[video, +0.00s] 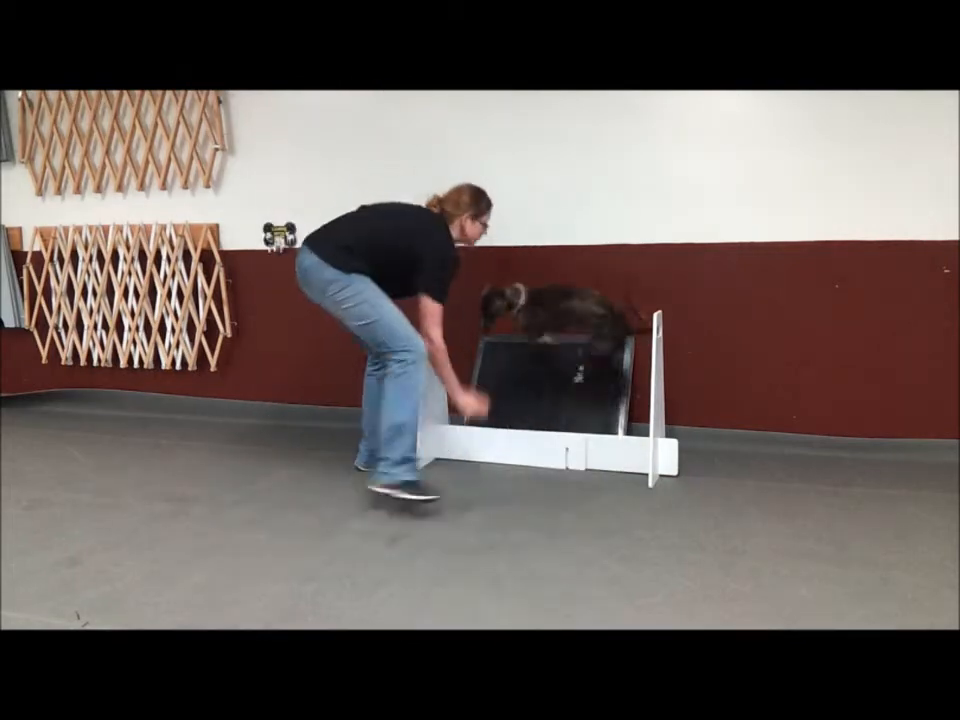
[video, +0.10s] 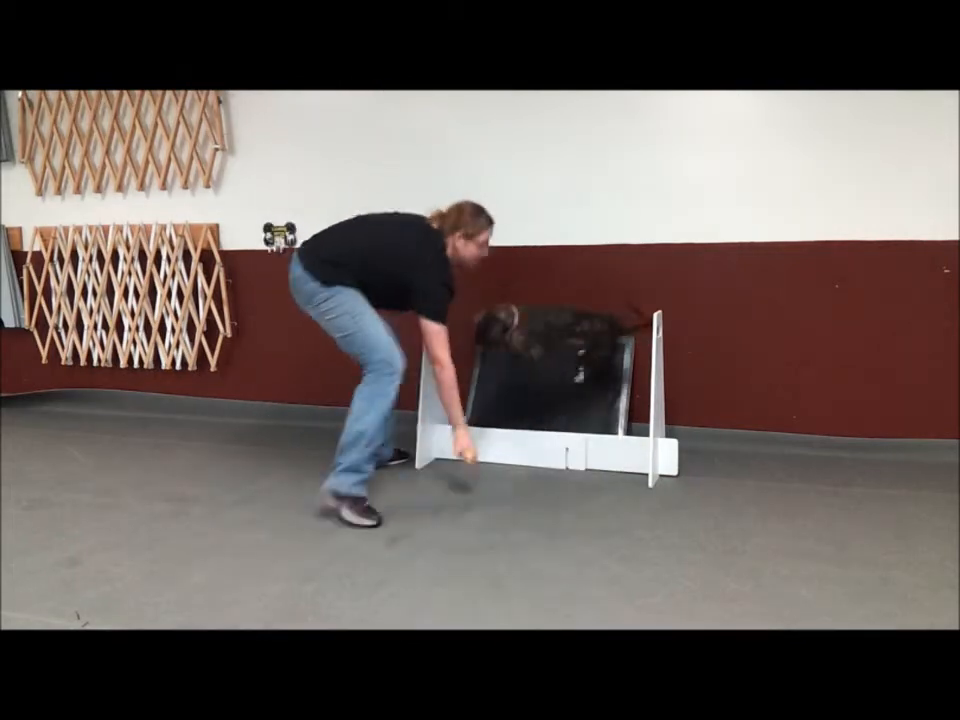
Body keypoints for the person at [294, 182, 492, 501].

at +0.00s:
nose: (483, 233)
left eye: (485, 226)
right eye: (482, 224)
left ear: (453, 212)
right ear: (465, 219)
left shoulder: (422, 224)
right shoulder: (438, 247)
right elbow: (431, 336)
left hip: (317, 262)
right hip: (334, 269)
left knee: (383, 356)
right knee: (407, 352)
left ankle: (373, 455)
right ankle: (394, 474)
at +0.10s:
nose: (485, 253)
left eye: (487, 245)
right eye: (482, 245)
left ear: (455, 236)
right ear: (458, 239)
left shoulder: (424, 237)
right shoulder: (432, 270)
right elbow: (440, 361)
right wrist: (459, 428)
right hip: (321, 279)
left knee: (389, 360)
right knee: (386, 365)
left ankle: (377, 449)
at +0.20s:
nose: (474, 275)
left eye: (478, 267)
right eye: (470, 266)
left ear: (446, 253)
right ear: (445, 257)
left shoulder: (423, 240)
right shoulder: (417, 285)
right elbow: (426, 378)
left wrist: (374, 306)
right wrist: (441, 453)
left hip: (336, 271)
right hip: (308, 282)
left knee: (383, 347)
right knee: (364, 374)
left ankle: (375, 450)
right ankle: (338, 497)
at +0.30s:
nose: (446, 284)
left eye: (452, 276)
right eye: (438, 275)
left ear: (460, 267)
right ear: (414, 263)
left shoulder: (422, 242)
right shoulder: (386, 283)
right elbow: (388, 371)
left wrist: (364, 309)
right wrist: (393, 455)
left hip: (343, 273)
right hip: (301, 276)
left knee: (366, 370)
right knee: (340, 373)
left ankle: (365, 463)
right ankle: (336, 496)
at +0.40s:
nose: (409, 272)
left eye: (414, 263)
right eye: (398, 263)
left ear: (421, 252)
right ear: (373, 250)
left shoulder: (399, 239)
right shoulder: (345, 269)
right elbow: (337, 367)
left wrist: (369, 303)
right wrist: (326, 449)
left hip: (356, 280)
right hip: (300, 275)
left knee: (363, 365)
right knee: (326, 378)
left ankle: (368, 447)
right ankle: (333, 495)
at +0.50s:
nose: (358, 247)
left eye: (365, 238)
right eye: (348, 237)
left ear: (380, 230)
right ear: (328, 227)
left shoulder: (398, 220)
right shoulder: (304, 248)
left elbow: (387, 253)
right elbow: (288, 343)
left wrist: (375, 289)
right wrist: (260, 431)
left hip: (364, 287)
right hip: (318, 292)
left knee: (362, 364)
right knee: (330, 387)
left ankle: (363, 440)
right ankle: (334, 496)